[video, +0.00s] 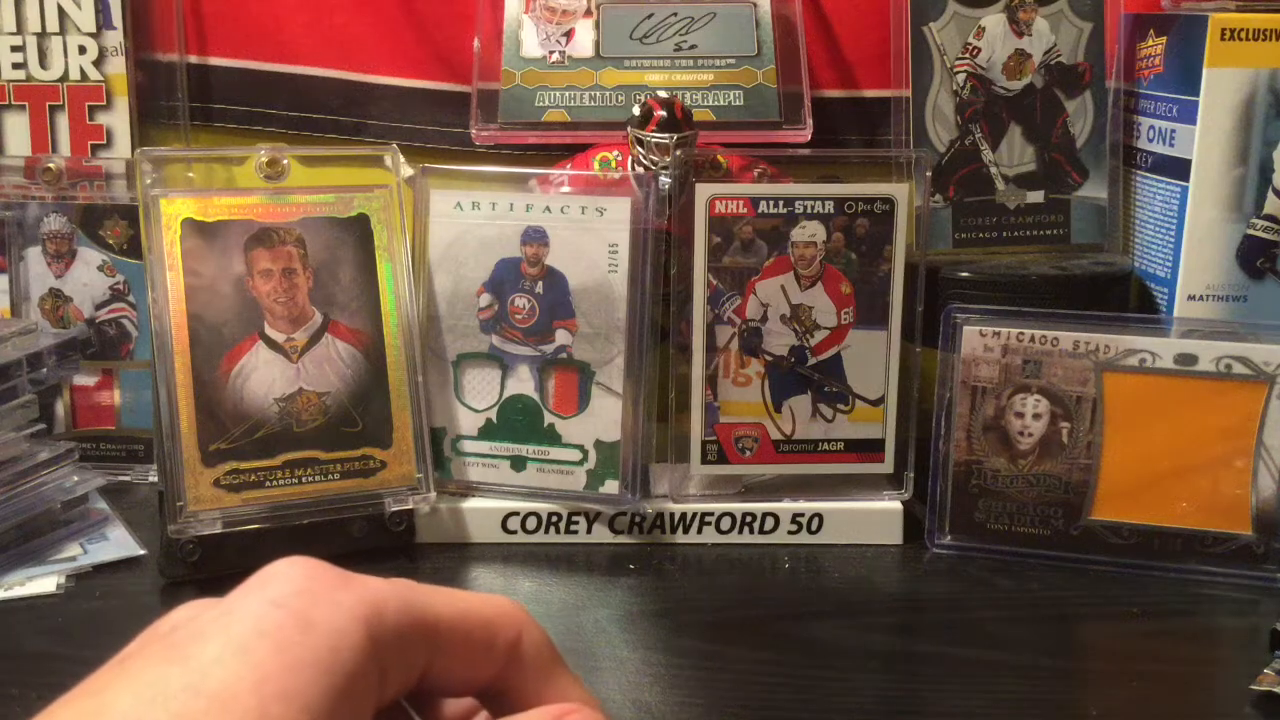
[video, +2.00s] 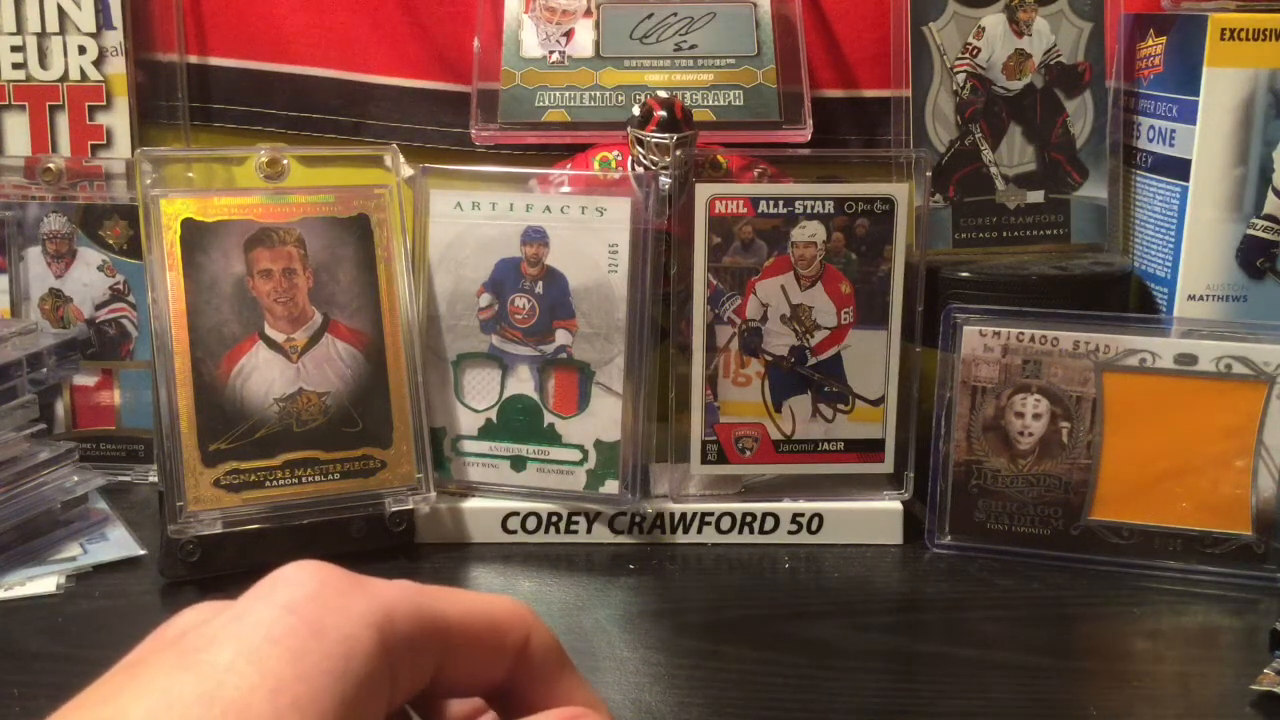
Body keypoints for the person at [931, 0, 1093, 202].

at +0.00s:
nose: (1029, 17)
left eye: (1033, 11)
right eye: (1024, 10)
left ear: (1037, 10)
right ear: (1010, 9)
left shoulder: (1041, 27)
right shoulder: (990, 26)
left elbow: (1051, 58)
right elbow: (965, 63)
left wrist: (1066, 76)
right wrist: (968, 98)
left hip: (1026, 92)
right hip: (992, 94)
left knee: (1055, 124)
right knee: (979, 139)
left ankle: (1063, 176)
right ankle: (943, 183)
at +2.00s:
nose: (1030, 17)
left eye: (1034, 11)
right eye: (1025, 11)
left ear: (1037, 11)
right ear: (1011, 9)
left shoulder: (1041, 28)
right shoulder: (990, 26)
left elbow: (1051, 61)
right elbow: (965, 63)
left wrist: (1068, 75)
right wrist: (969, 98)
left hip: (1025, 92)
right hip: (992, 93)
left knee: (1056, 123)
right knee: (980, 139)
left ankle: (1063, 176)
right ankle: (942, 183)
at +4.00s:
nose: (1030, 16)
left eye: (1033, 10)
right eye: (1024, 10)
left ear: (1037, 10)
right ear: (1010, 9)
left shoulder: (1041, 27)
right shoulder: (990, 26)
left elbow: (1050, 60)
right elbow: (965, 63)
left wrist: (1067, 75)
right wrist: (969, 98)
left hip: (1025, 92)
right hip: (992, 93)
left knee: (1056, 123)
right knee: (979, 138)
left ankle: (1063, 177)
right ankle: (942, 186)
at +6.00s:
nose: (1029, 16)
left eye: (1033, 10)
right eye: (1023, 10)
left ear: (1037, 10)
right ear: (1010, 9)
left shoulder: (1041, 27)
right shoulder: (990, 26)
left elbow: (1050, 63)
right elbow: (964, 62)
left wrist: (1070, 74)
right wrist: (969, 96)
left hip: (1026, 91)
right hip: (993, 93)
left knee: (1056, 121)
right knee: (979, 138)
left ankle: (1063, 175)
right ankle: (942, 185)